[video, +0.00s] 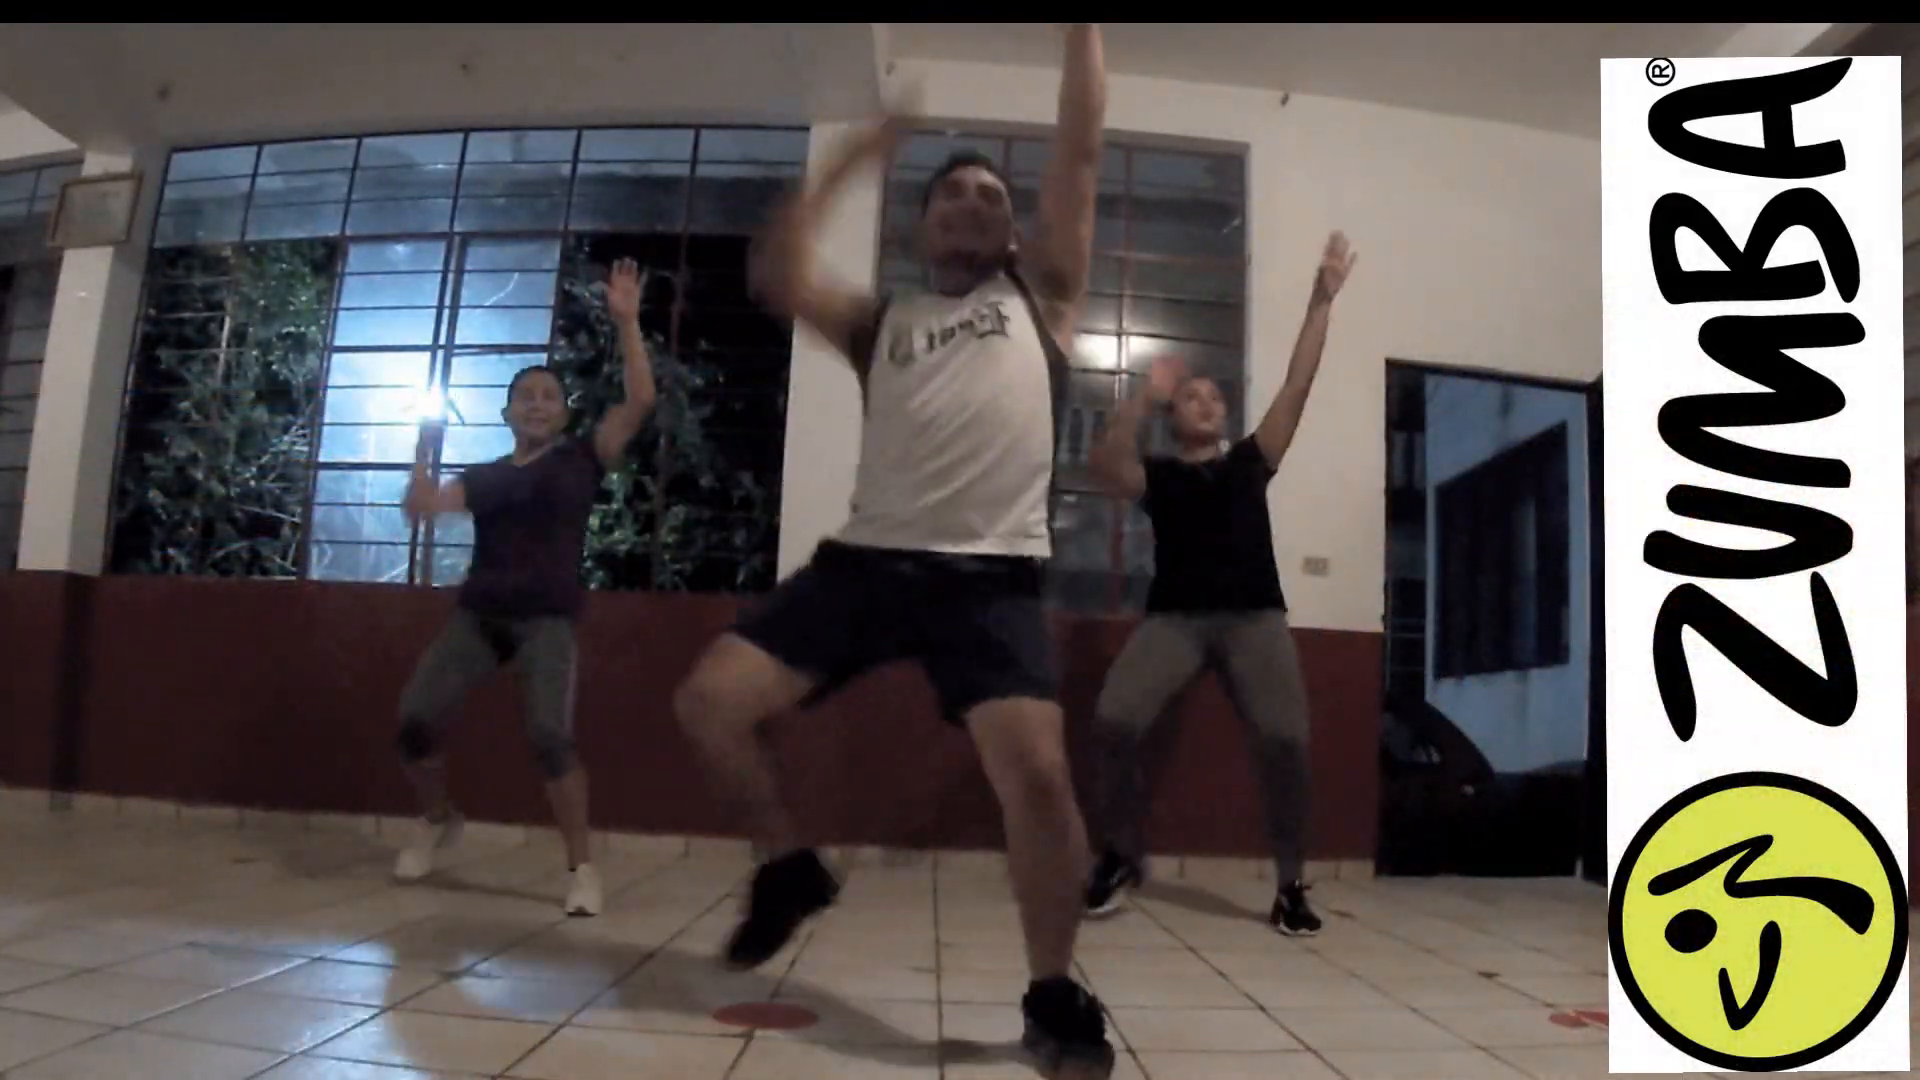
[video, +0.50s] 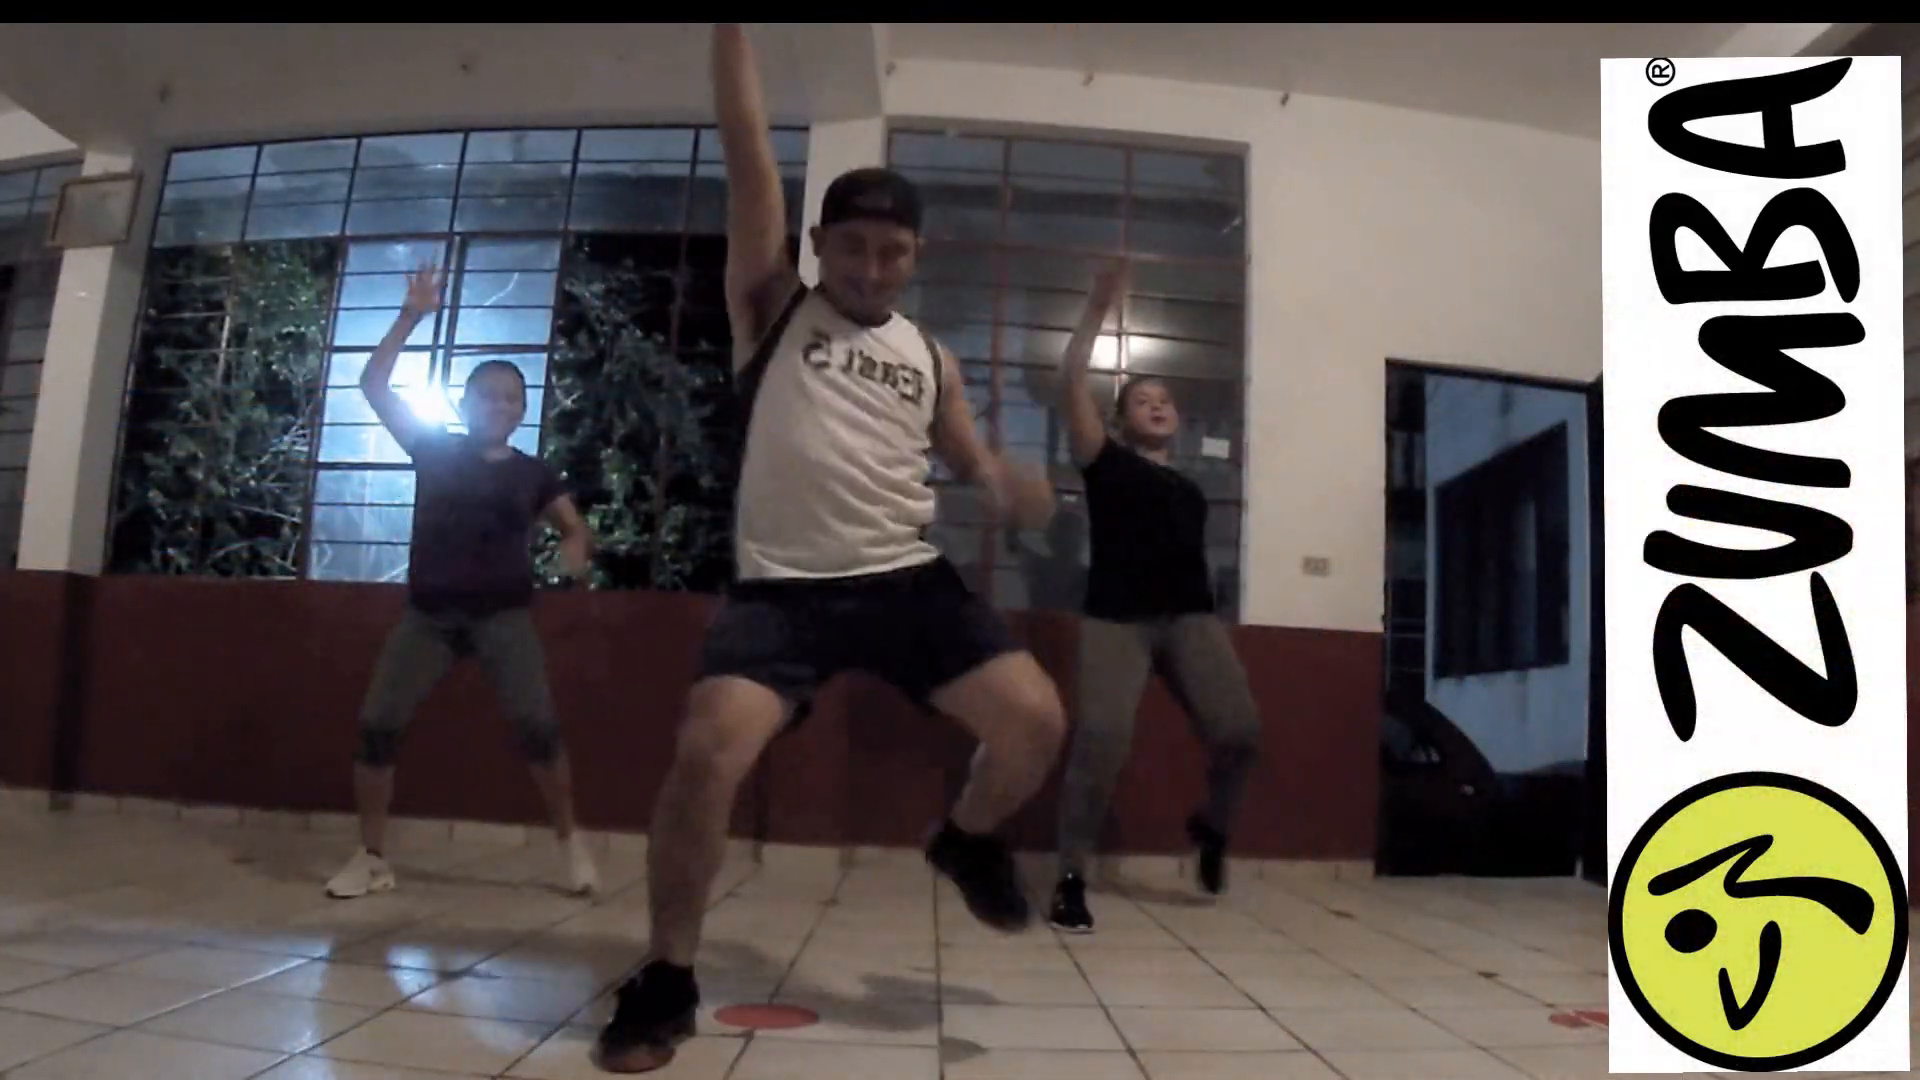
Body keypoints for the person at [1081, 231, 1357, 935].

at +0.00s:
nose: (1202, 402)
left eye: (1211, 398)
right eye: (1191, 398)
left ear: (1227, 415)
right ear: (1171, 416)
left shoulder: (1251, 464)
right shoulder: (1157, 475)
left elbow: (1297, 385)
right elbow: (1108, 466)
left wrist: (1321, 301)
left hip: (1253, 620)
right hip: (1176, 620)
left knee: (1284, 737)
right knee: (1118, 716)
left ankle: (1290, 885)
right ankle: (1120, 858)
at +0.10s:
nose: (1198, 398)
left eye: (1207, 392)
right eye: (1186, 391)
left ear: (1219, 410)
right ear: (1163, 407)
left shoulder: (1238, 459)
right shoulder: (1145, 462)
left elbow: (1296, 391)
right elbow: (1105, 392)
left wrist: (1314, 305)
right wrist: (1131, 311)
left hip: (1242, 608)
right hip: (1166, 608)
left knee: (1280, 729)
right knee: (1138, 727)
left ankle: (1288, 883)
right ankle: (1083, 871)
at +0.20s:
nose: (1187, 410)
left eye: (1195, 404)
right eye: (1175, 402)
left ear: (1205, 419)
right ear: (1150, 412)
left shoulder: (1222, 477)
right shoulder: (1131, 462)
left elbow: (1287, 439)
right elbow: (1128, 368)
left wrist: (1288, 365)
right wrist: (1125, 285)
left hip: (1221, 621)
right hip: (1150, 619)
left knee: (1269, 735)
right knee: (1133, 742)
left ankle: (1282, 887)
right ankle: (1080, 875)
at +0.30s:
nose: (1172, 413)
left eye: (1180, 408)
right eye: (1161, 405)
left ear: (1190, 424)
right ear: (1138, 417)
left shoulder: (1204, 492)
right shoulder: (1121, 463)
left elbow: (1270, 513)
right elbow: (1109, 366)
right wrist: (1118, 287)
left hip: (1198, 630)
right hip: (1130, 624)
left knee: (1268, 725)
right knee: (1119, 746)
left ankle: (1284, 879)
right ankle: (1074, 879)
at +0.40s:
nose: (1160, 411)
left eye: (1168, 405)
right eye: (1148, 403)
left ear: (1179, 421)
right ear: (1126, 416)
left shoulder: (1187, 490)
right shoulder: (1108, 462)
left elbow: (1191, 560)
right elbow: (1084, 380)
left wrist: (1236, 572)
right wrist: (1104, 299)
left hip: (1188, 625)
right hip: (1119, 623)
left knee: (1265, 718)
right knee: (1109, 745)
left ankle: (1245, 855)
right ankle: (1073, 878)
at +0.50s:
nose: (1157, 409)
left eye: (1165, 403)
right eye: (1144, 403)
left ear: (1177, 421)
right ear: (1121, 419)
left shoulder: (1187, 487)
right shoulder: (1104, 462)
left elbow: (1186, 555)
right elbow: (1072, 381)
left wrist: (1195, 607)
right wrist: (1098, 307)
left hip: (1188, 618)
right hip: (1117, 621)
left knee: (1236, 729)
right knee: (1101, 739)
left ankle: (1214, 830)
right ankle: (1072, 875)